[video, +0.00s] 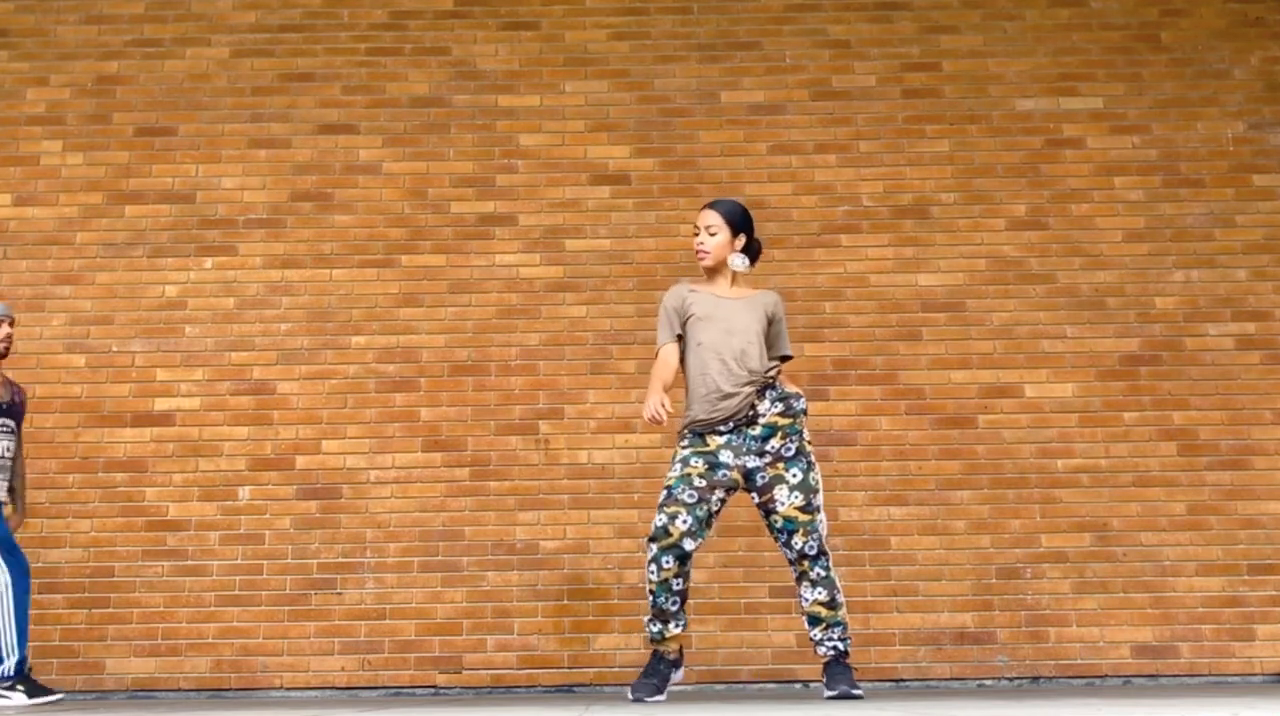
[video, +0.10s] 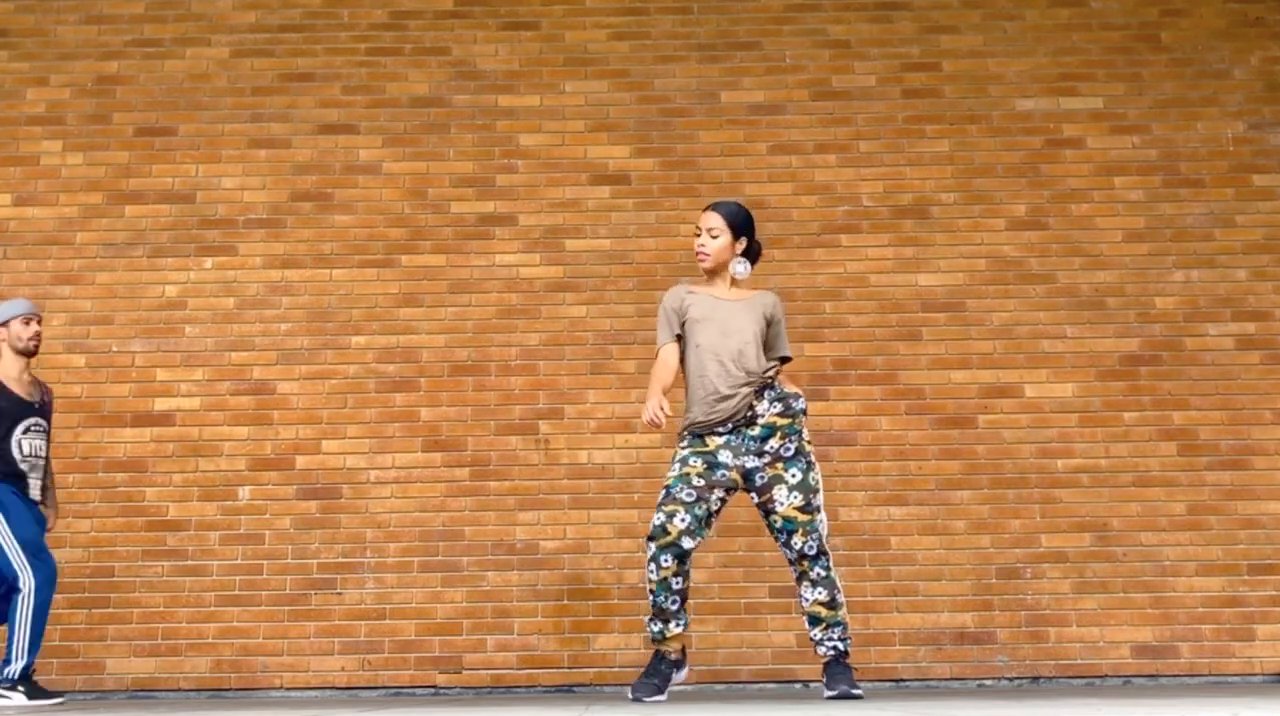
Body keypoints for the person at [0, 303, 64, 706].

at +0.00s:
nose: (7, 332)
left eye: (10, 324)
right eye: (2, 324)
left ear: (13, 333)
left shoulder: (15, 395)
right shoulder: (7, 394)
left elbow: (16, 455)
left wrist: (19, 505)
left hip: (2, 514)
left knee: (15, 572)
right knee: (16, 571)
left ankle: (14, 673)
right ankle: (11, 676)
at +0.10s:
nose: (36, 329)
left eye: (39, 323)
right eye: (26, 322)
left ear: (40, 332)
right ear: (4, 331)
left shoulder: (43, 393)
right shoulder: (1, 384)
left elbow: (41, 453)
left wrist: (49, 501)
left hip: (27, 500)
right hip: (3, 494)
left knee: (15, 583)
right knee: (37, 571)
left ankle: (13, 679)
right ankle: (14, 679)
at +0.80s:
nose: (236, 303)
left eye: (237, 296)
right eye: (227, 295)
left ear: (228, 306)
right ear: (200, 302)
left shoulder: (215, 357)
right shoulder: (186, 339)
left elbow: (213, 418)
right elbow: (202, 407)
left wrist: (230, 459)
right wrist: (229, 447)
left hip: (212, 479)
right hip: (178, 472)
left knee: (203, 580)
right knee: (152, 565)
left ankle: (202, 675)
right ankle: (90, 656)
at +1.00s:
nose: (285, 295)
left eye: (287, 289)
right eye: (275, 287)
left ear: (286, 299)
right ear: (249, 296)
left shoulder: (280, 363)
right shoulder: (227, 338)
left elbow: (275, 428)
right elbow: (230, 400)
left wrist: (280, 466)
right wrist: (282, 434)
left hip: (263, 470)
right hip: (225, 464)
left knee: (236, 564)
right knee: (248, 555)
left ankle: (205, 674)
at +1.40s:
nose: (379, 307)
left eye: (381, 300)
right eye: (369, 299)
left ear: (383, 308)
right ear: (343, 309)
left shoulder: (391, 368)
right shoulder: (325, 371)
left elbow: (394, 433)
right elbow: (294, 436)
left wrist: (410, 477)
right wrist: (323, 474)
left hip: (405, 483)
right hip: (362, 479)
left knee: (392, 600)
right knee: (420, 556)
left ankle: (307, 638)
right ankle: (408, 674)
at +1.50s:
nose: (407, 299)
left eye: (410, 292)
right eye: (397, 291)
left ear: (410, 301)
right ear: (370, 300)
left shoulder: (413, 361)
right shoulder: (351, 362)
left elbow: (413, 426)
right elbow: (347, 428)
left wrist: (430, 466)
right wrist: (350, 466)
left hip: (426, 471)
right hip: (383, 471)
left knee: (456, 572)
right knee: (427, 565)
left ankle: (376, 637)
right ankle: (408, 674)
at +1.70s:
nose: (454, 271)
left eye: (456, 265)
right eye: (445, 263)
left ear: (449, 273)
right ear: (417, 268)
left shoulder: (439, 330)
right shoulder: (395, 323)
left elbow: (438, 393)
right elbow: (394, 389)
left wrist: (460, 428)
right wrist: (430, 409)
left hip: (463, 450)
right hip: (421, 452)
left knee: (493, 549)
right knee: (427, 559)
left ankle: (512, 658)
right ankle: (407, 672)